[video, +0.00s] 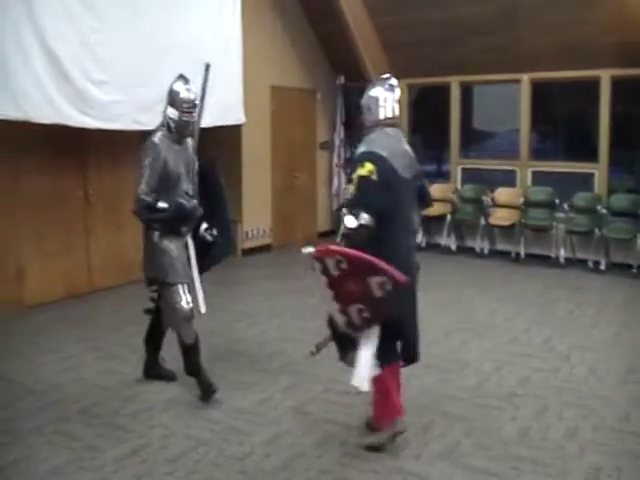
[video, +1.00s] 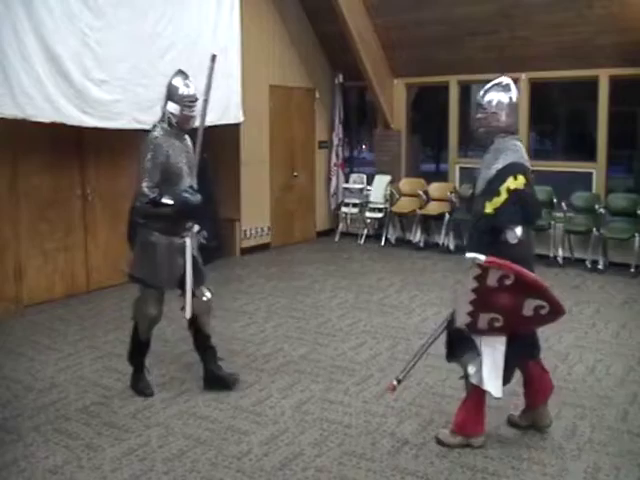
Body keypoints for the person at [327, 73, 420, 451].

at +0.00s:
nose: (364, 117)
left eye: (367, 111)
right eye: (367, 110)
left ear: (371, 114)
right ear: (394, 112)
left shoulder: (372, 153)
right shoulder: (400, 147)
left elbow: (363, 214)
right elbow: (421, 194)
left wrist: (340, 243)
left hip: (379, 260)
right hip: (401, 255)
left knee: (380, 336)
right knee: (387, 334)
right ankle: (387, 410)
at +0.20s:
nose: (381, 118)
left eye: (385, 112)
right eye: (384, 112)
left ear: (390, 116)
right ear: (415, 115)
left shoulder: (397, 164)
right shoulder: (414, 156)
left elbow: (391, 231)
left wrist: (376, 274)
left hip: (400, 275)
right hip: (406, 271)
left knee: (412, 348)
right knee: (391, 345)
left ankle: (451, 405)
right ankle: (384, 413)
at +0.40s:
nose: (403, 120)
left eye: (409, 114)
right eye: (404, 113)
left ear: (423, 117)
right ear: (435, 118)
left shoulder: (430, 165)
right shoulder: (426, 157)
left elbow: (428, 232)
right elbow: (416, 227)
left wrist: (410, 284)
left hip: (428, 272)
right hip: (421, 266)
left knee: (442, 345)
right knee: (404, 338)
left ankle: (464, 420)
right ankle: (390, 411)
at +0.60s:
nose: (428, 120)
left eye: (435, 113)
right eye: (428, 112)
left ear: (454, 114)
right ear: (449, 117)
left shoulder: (460, 164)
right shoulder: (449, 156)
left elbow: (462, 234)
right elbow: (444, 225)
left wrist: (455, 287)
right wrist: (431, 269)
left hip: (458, 272)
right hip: (443, 266)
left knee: (462, 344)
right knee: (428, 334)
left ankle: (468, 420)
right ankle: (438, 398)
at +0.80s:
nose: (452, 116)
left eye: (461, 110)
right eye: (452, 109)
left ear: (481, 115)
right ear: (461, 112)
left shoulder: (485, 161)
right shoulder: (469, 155)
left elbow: (490, 229)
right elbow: (465, 222)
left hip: (477, 270)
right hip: (461, 265)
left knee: (476, 344)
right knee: (452, 342)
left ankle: (468, 426)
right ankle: (510, 393)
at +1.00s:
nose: (478, 117)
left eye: (486, 110)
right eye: (478, 110)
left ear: (505, 115)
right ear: (489, 116)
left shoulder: (507, 161)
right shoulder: (499, 155)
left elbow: (504, 224)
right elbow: (494, 214)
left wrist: (481, 273)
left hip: (499, 265)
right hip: (507, 261)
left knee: (479, 342)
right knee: (518, 335)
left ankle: (469, 424)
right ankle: (538, 406)